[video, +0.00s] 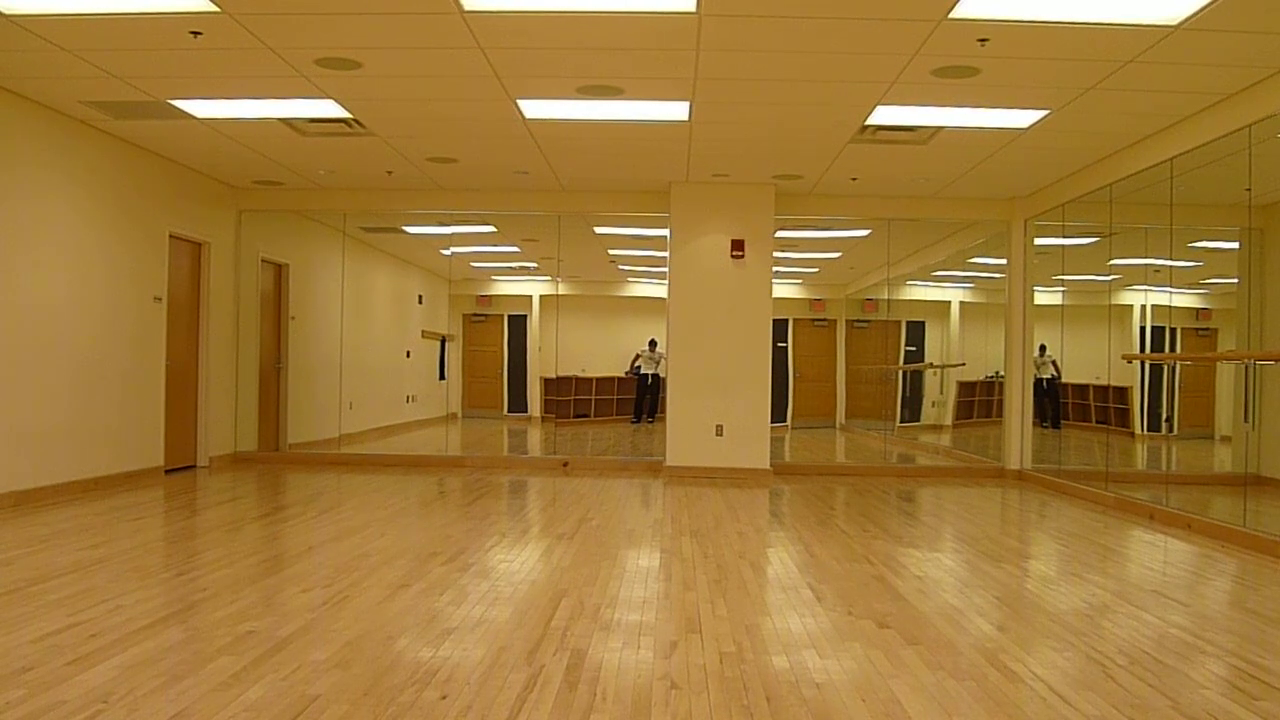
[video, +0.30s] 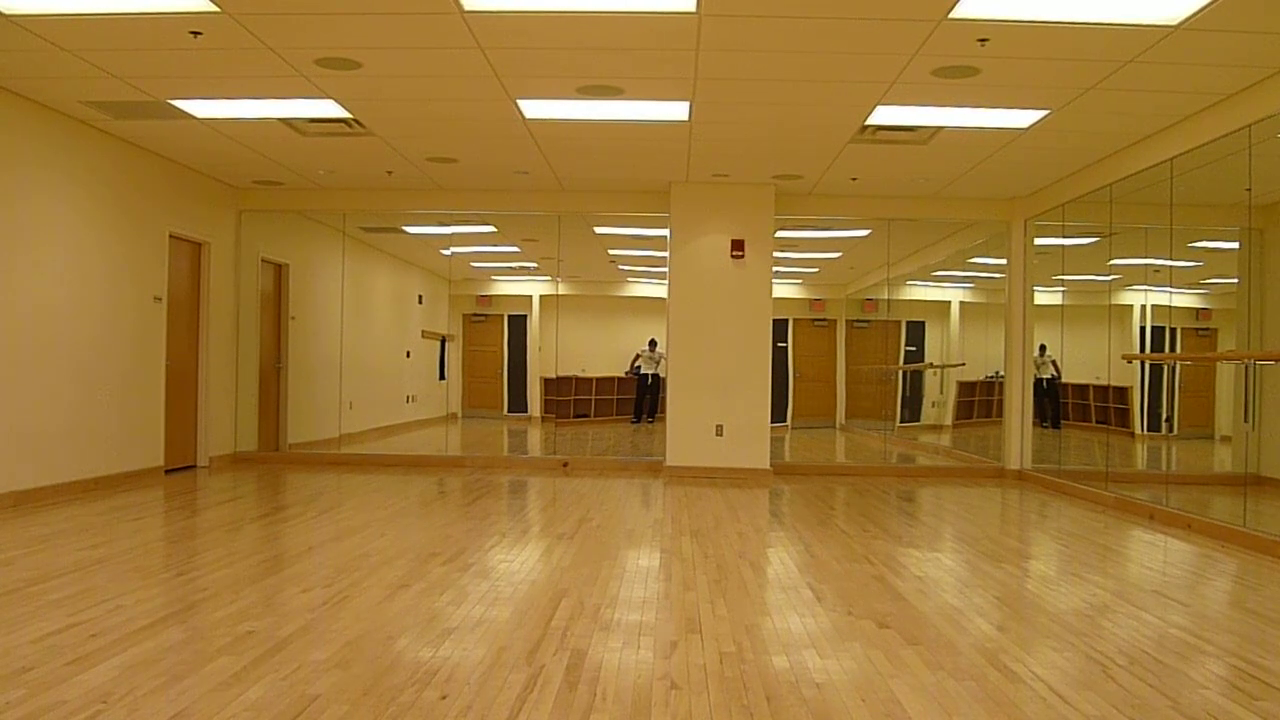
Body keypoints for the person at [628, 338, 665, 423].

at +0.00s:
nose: (652, 349)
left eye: (653, 348)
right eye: (650, 347)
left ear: (656, 347)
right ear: (648, 346)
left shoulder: (660, 354)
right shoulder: (642, 352)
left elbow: (668, 362)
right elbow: (634, 360)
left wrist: (668, 374)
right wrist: (631, 370)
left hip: (654, 374)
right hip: (643, 373)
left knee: (654, 396)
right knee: (640, 395)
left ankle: (651, 416)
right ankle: (637, 416)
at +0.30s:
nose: (652, 349)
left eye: (653, 347)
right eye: (650, 347)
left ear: (656, 347)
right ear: (648, 346)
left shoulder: (660, 354)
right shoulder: (642, 352)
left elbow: (668, 362)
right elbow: (634, 360)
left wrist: (668, 373)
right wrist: (630, 370)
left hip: (654, 374)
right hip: (643, 373)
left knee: (654, 396)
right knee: (640, 395)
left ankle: (651, 416)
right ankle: (637, 416)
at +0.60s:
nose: (652, 349)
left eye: (654, 347)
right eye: (650, 347)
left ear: (656, 347)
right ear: (648, 346)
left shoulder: (660, 354)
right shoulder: (642, 352)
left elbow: (668, 361)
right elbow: (634, 360)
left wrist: (668, 373)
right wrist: (630, 370)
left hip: (654, 374)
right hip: (643, 373)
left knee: (654, 396)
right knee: (640, 395)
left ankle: (651, 416)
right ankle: (637, 416)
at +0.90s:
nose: (652, 349)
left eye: (653, 347)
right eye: (650, 347)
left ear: (656, 347)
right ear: (648, 346)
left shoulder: (660, 354)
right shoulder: (642, 352)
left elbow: (668, 361)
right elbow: (634, 360)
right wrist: (630, 370)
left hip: (654, 374)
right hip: (643, 373)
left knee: (654, 396)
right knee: (640, 395)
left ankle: (651, 416)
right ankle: (637, 416)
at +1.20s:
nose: (652, 349)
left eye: (653, 347)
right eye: (650, 347)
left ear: (656, 347)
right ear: (648, 346)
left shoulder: (660, 354)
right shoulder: (642, 352)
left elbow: (668, 362)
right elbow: (634, 360)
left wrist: (668, 373)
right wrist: (631, 370)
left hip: (654, 373)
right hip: (643, 373)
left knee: (654, 396)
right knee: (640, 395)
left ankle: (651, 416)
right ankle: (637, 416)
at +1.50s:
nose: (652, 349)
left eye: (653, 347)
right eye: (650, 347)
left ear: (656, 347)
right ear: (648, 346)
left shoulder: (660, 354)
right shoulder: (642, 352)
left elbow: (668, 361)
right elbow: (634, 360)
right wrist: (630, 369)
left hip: (654, 373)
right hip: (643, 373)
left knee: (654, 396)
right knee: (640, 395)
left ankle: (651, 416)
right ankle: (637, 416)